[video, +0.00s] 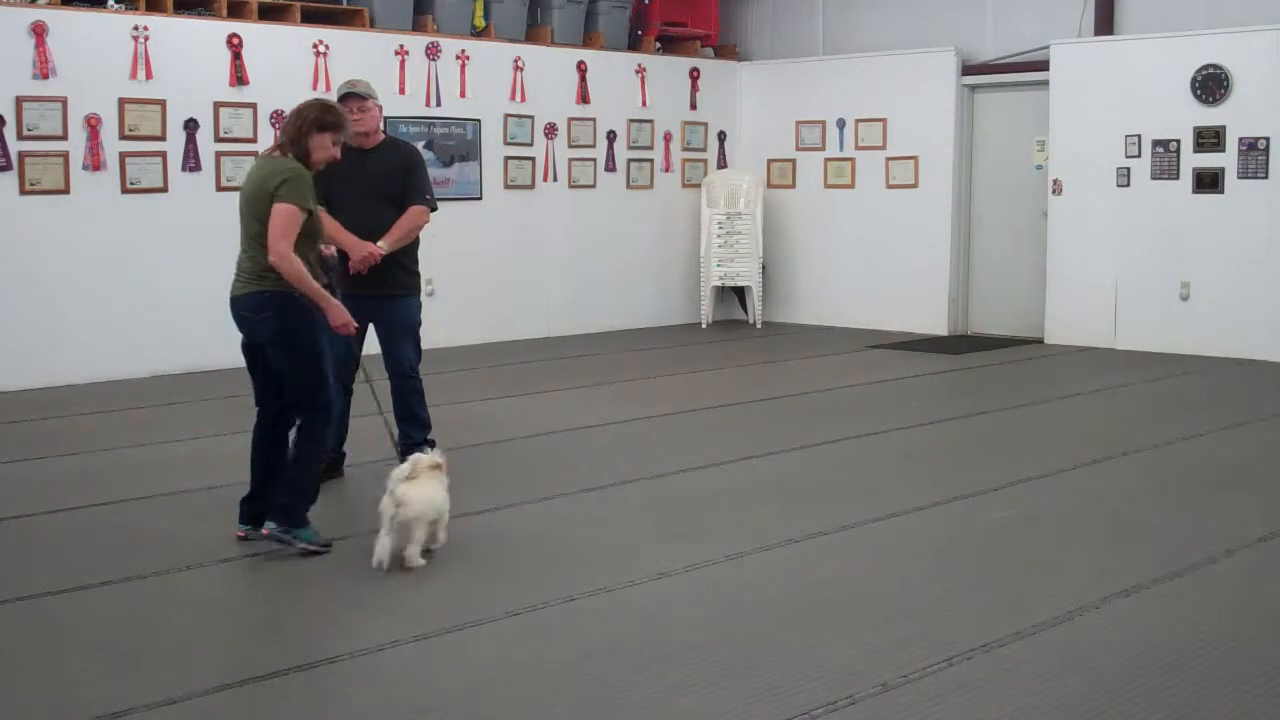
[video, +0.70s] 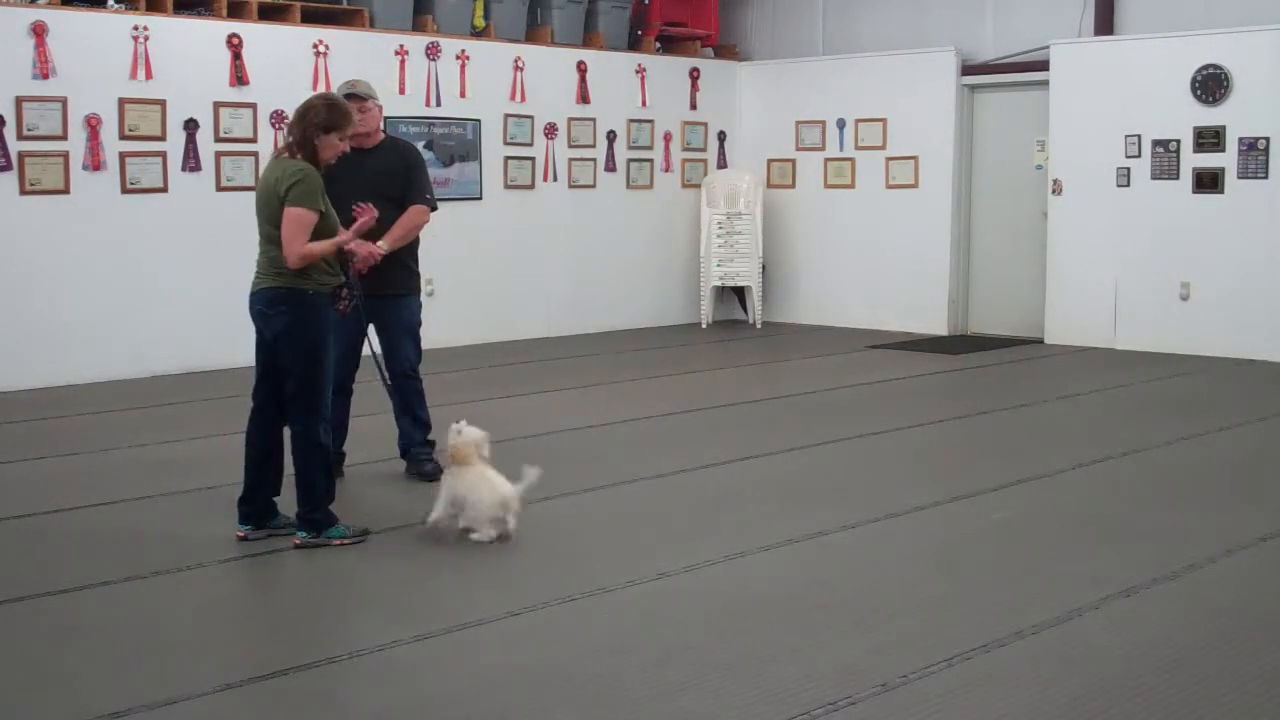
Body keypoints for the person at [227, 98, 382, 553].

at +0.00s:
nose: (336, 156)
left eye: (339, 147)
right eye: (332, 145)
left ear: (297, 137)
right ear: (308, 136)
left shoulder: (263, 168)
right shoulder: (294, 177)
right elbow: (279, 251)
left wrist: (328, 246)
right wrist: (329, 305)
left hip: (251, 301)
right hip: (283, 303)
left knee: (275, 409)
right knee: (321, 408)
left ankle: (256, 514)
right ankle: (289, 519)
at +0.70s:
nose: (344, 150)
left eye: (347, 142)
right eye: (341, 140)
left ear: (311, 133)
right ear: (317, 133)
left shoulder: (276, 170)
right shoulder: (305, 178)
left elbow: (303, 244)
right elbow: (295, 254)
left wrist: (349, 233)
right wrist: (343, 240)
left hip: (272, 299)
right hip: (299, 303)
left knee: (268, 408)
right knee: (311, 412)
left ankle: (256, 514)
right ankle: (315, 519)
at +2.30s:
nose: (363, 154)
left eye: (364, 146)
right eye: (358, 144)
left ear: (331, 140)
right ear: (335, 138)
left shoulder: (307, 177)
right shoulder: (314, 179)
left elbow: (331, 236)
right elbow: (317, 253)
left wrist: (356, 257)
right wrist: (348, 280)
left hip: (287, 306)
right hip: (303, 307)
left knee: (270, 414)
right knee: (351, 405)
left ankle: (256, 515)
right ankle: (375, 515)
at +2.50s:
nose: (414, 173)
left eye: (417, 166)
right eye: (411, 164)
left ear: (384, 153)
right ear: (388, 153)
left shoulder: (340, 181)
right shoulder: (367, 190)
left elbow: (332, 249)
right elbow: (363, 269)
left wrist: (375, 275)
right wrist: (377, 290)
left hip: (297, 306)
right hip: (329, 310)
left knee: (281, 413)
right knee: (373, 412)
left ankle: (256, 515)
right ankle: (391, 518)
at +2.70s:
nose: (465, 195)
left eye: (469, 188)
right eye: (464, 185)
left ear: (437, 171)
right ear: (444, 175)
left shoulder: (387, 187)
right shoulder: (413, 202)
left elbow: (362, 248)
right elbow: (402, 278)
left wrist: (397, 292)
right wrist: (400, 304)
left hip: (311, 296)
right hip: (347, 305)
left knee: (292, 404)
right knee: (382, 412)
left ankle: (261, 509)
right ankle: (391, 519)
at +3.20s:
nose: (509, 233)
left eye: (515, 227)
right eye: (511, 223)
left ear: (489, 201)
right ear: (494, 206)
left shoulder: (433, 203)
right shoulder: (460, 221)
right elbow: (445, 297)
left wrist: (419, 305)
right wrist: (424, 308)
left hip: (333, 291)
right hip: (372, 303)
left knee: (306, 398)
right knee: (395, 416)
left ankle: (270, 499)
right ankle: (393, 520)